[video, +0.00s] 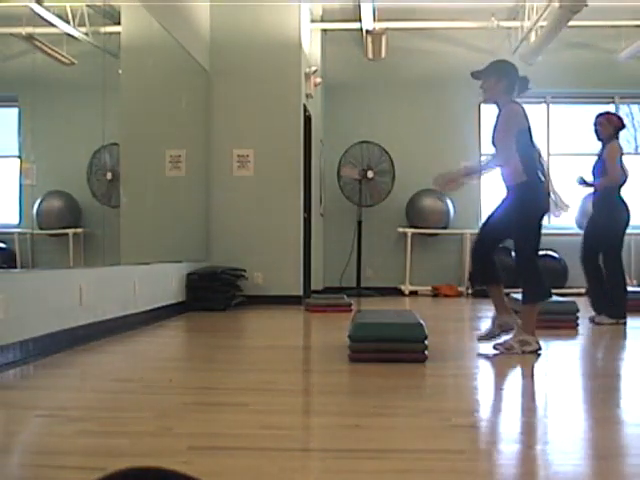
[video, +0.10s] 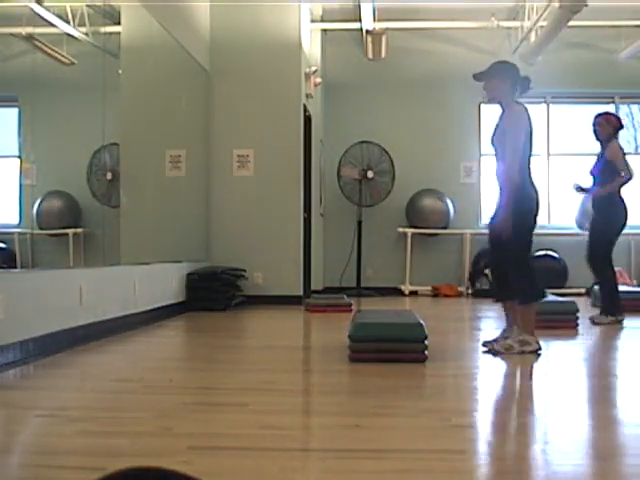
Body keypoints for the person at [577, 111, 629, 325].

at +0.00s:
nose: (597, 129)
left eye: (601, 125)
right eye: (596, 125)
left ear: (613, 127)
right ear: (600, 129)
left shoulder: (611, 148)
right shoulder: (612, 148)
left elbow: (614, 177)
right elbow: (623, 175)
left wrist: (592, 183)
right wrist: (599, 185)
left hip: (606, 206)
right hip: (614, 205)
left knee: (589, 256)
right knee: (612, 257)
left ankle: (605, 309)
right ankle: (616, 309)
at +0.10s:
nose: (596, 129)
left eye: (600, 126)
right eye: (595, 126)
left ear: (612, 127)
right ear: (596, 129)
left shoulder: (613, 148)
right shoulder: (605, 150)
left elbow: (627, 174)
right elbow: (606, 179)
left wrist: (604, 191)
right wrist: (589, 189)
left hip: (610, 207)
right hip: (603, 206)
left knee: (599, 257)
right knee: (597, 257)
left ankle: (612, 310)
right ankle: (610, 307)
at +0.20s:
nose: (592, 130)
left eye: (596, 127)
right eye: (591, 127)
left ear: (608, 130)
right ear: (591, 131)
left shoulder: (612, 149)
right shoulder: (594, 154)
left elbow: (637, 162)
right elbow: (583, 181)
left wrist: (625, 185)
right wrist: (567, 173)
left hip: (617, 209)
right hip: (608, 210)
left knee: (580, 243)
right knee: (602, 256)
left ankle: (596, 294)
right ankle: (612, 307)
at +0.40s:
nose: (597, 130)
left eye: (601, 126)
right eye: (596, 126)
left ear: (612, 129)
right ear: (597, 129)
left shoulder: (616, 148)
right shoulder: (603, 150)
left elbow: (637, 164)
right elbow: (600, 180)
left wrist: (623, 186)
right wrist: (580, 183)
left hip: (611, 207)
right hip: (605, 207)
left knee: (591, 254)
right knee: (605, 255)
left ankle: (608, 306)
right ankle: (613, 304)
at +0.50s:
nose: (599, 130)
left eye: (603, 126)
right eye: (598, 127)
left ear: (615, 129)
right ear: (599, 130)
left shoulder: (616, 149)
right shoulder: (608, 151)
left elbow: (626, 176)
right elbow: (611, 179)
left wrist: (603, 188)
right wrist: (594, 194)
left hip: (610, 207)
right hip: (602, 207)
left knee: (604, 258)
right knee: (600, 258)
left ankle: (616, 309)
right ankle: (611, 306)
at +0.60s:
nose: (594, 131)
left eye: (599, 127)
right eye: (593, 128)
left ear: (611, 130)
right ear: (594, 131)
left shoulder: (611, 148)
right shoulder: (611, 151)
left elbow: (607, 176)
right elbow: (625, 172)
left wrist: (585, 176)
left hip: (613, 211)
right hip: (622, 210)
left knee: (578, 245)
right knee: (611, 258)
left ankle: (597, 295)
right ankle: (619, 310)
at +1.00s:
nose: (601, 129)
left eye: (605, 126)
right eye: (599, 126)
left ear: (616, 129)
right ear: (598, 130)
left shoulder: (619, 150)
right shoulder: (607, 153)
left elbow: (634, 174)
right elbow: (604, 184)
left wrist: (613, 189)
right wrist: (584, 187)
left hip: (613, 208)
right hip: (604, 208)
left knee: (604, 257)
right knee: (604, 257)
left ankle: (618, 309)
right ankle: (615, 306)